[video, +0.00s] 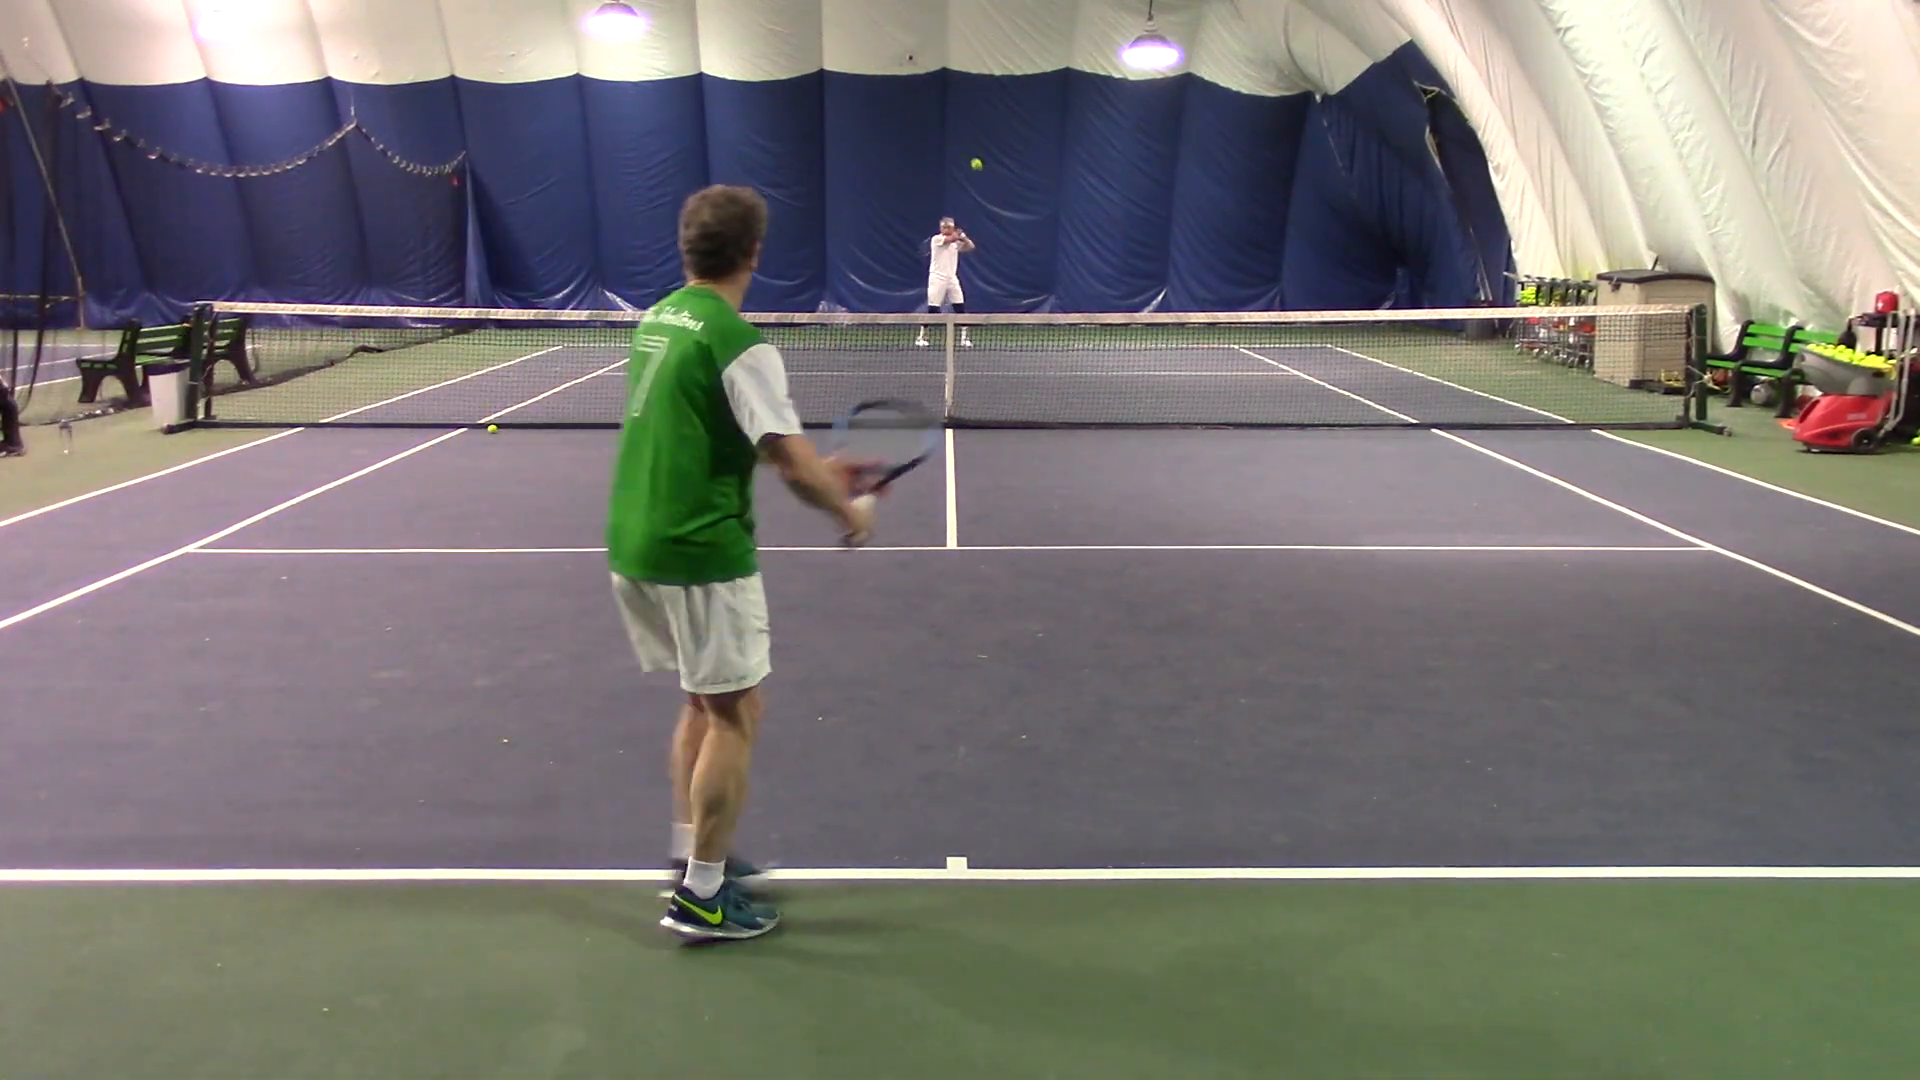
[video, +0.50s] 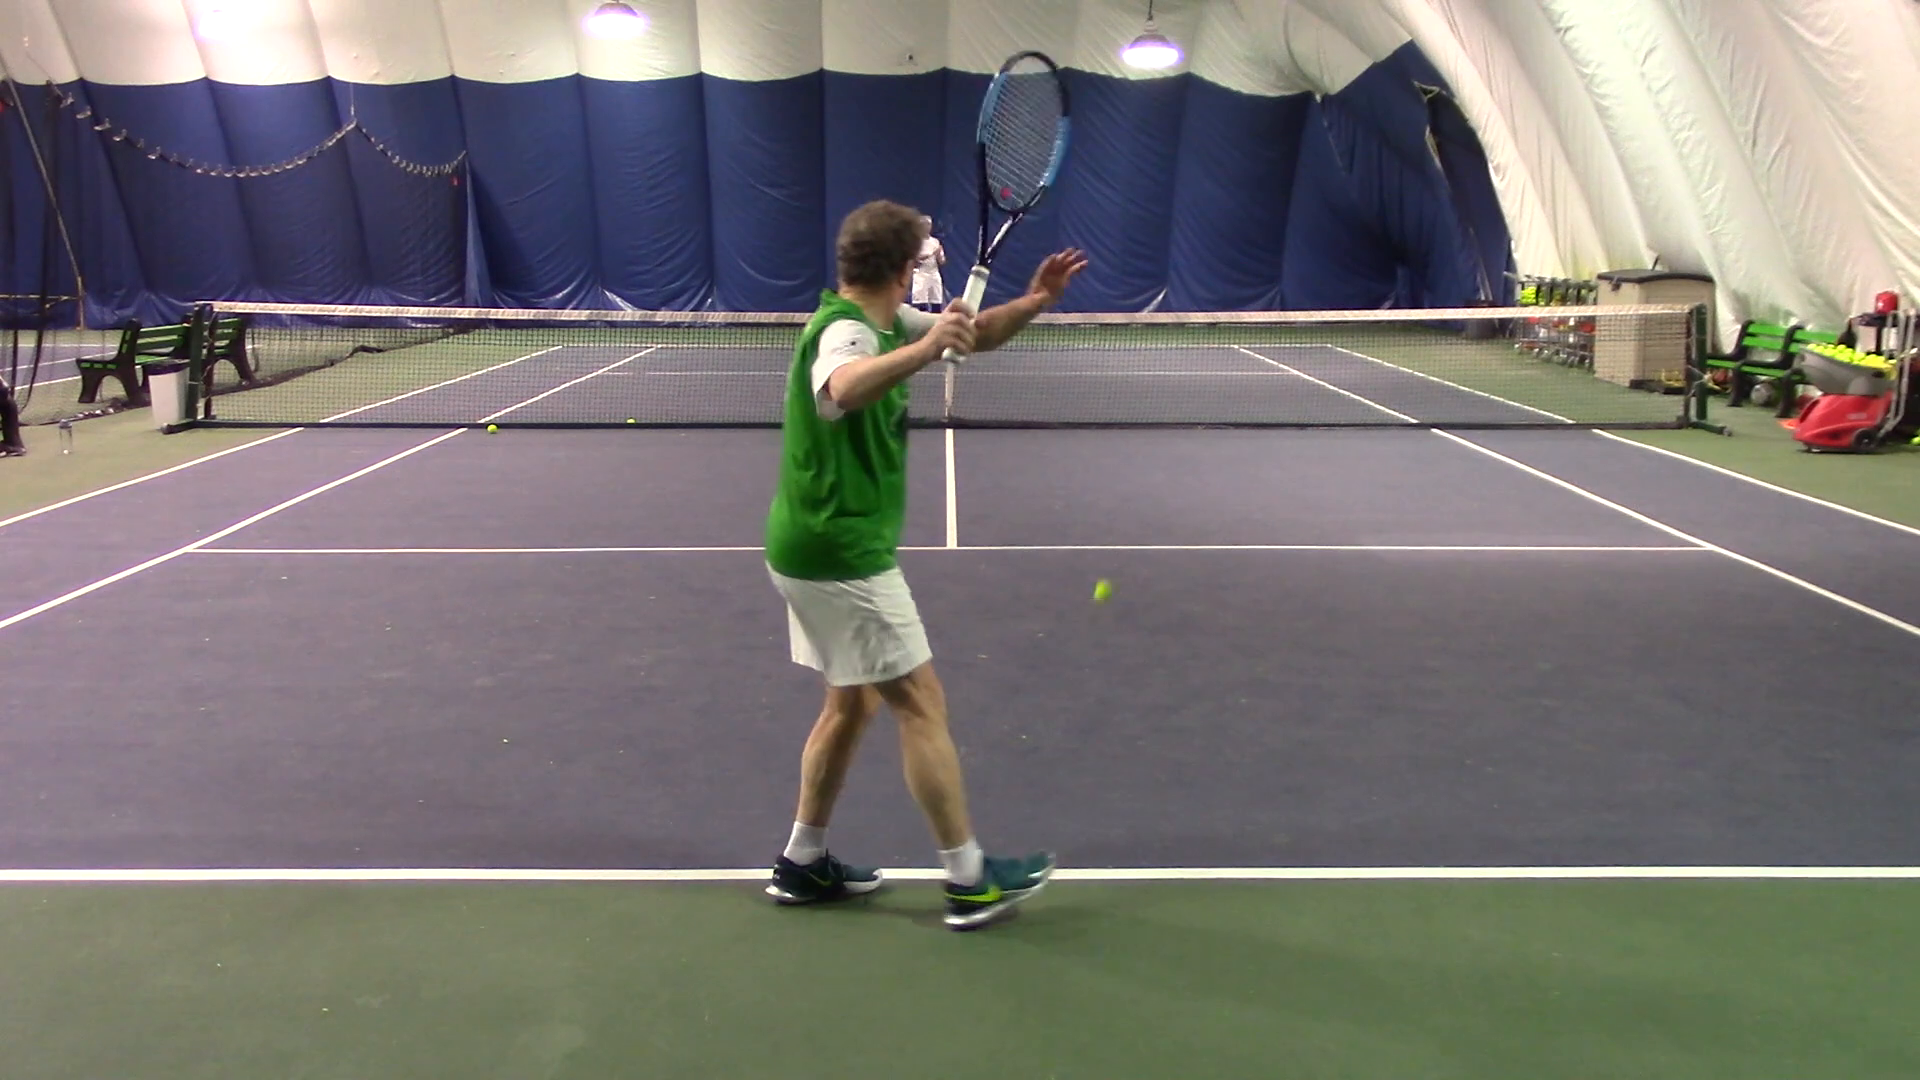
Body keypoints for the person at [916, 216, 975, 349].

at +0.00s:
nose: (947, 231)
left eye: (949, 228)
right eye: (944, 228)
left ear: (953, 229)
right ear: (940, 228)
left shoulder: (956, 242)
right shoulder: (936, 239)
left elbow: (971, 246)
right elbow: (949, 239)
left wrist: (963, 237)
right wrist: (957, 234)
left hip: (952, 277)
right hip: (937, 276)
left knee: (960, 307)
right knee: (933, 309)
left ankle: (964, 337)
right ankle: (922, 337)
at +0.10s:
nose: (940, 230)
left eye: (943, 227)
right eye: (938, 227)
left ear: (947, 229)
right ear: (934, 228)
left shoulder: (949, 242)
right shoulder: (930, 239)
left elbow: (963, 253)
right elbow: (941, 242)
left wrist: (959, 241)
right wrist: (952, 238)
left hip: (945, 276)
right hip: (931, 276)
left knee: (953, 306)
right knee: (929, 307)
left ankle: (960, 335)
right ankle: (922, 335)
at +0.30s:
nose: (931, 227)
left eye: (933, 225)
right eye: (929, 225)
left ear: (936, 226)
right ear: (924, 226)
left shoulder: (940, 241)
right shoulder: (919, 239)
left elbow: (944, 259)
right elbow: (928, 250)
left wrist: (948, 250)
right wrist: (944, 246)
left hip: (937, 273)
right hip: (924, 273)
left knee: (947, 302)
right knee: (925, 304)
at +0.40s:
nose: (928, 227)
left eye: (930, 224)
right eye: (925, 224)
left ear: (934, 226)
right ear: (921, 226)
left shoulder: (937, 241)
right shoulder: (915, 239)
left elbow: (942, 261)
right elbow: (922, 255)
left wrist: (943, 253)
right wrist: (936, 251)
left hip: (936, 272)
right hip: (922, 273)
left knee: (942, 301)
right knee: (923, 303)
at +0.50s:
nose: (926, 228)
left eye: (928, 225)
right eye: (923, 225)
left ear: (931, 227)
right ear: (919, 227)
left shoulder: (935, 242)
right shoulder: (915, 242)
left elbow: (941, 261)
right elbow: (912, 260)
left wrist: (940, 254)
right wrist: (930, 255)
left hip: (934, 274)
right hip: (920, 274)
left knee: (936, 305)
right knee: (921, 305)